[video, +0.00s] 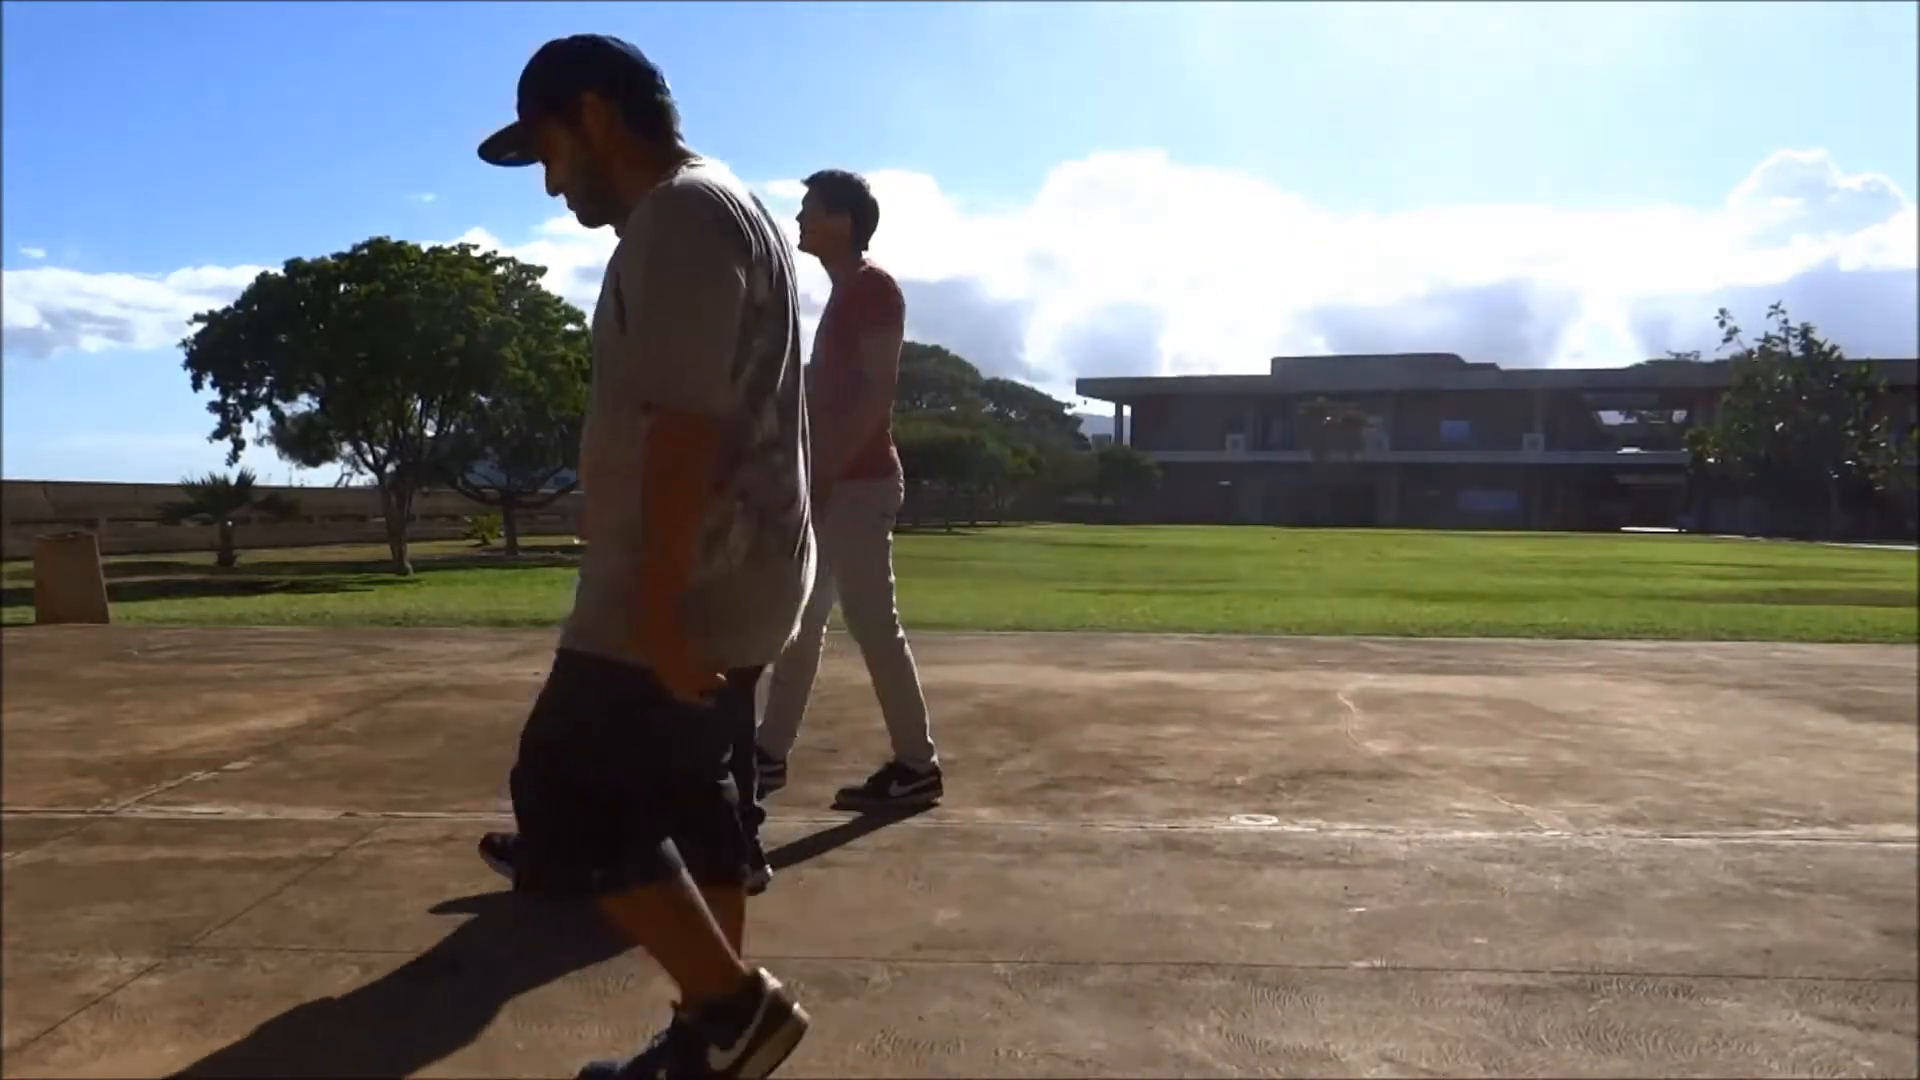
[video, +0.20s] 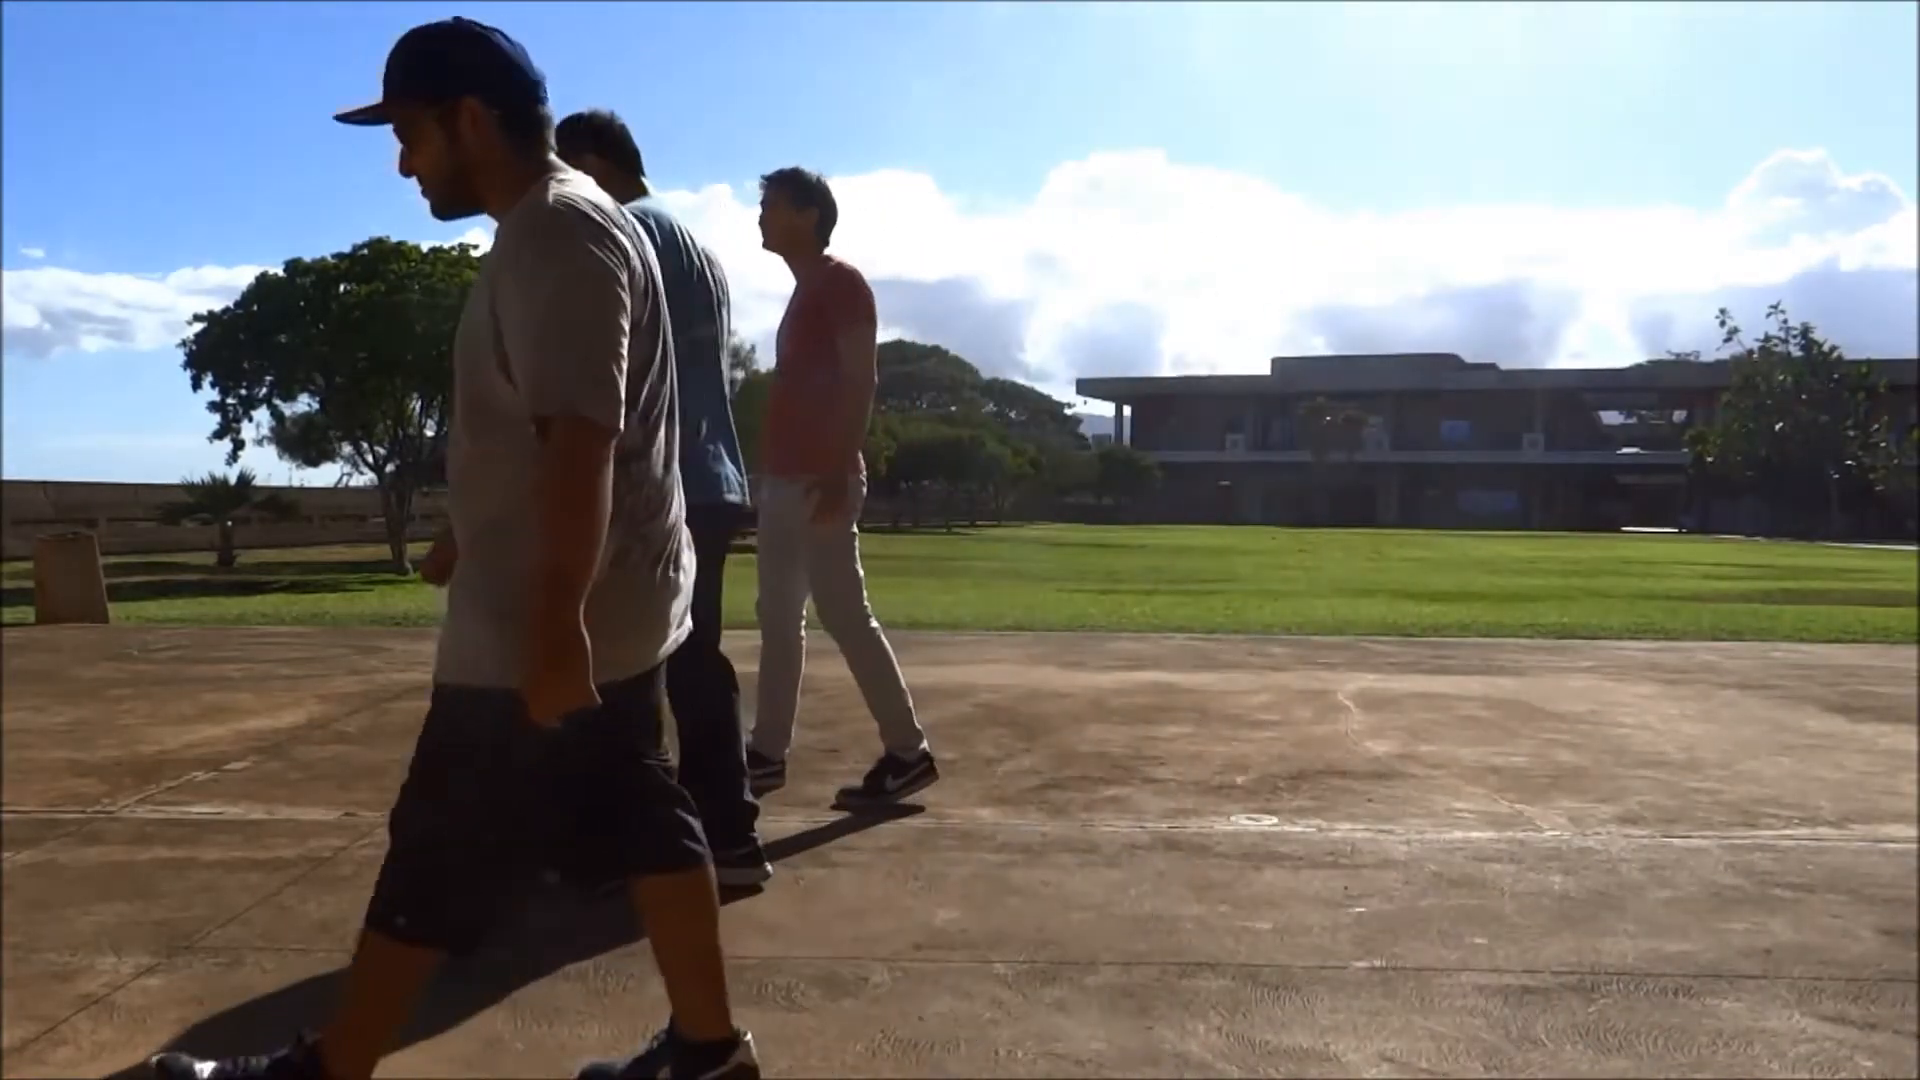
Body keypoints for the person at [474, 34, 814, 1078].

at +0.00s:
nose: (549, 182)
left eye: (546, 151)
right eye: (539, 160)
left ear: (597, 117)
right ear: (614, 120)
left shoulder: (679, 220)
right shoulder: (726, 211)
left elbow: (683, 426)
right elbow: (726, 426)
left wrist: (661, 603)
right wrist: (664, 588)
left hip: (665, 593)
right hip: (729, 584)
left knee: (564, 800)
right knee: (709, 807)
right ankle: (701, 1028)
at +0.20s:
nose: (570, 185)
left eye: (572, 169)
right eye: (566, 171)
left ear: (600, 160)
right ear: (630, 159)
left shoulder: (620, 233)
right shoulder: (693, 240)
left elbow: (617, 377)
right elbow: (724, 364)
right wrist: (712, 459)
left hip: (652, 490)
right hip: (713, 483)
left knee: (626, 659)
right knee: (698, 654)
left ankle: (619, 846)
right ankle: (728, 842)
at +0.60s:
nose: (484, 194)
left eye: (483, 176)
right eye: (479, 179)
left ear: (513, 156)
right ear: (550, 156)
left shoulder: (521, 227)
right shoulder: (621, 241)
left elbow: (491, 356)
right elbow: (629, 372)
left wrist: (445, 472)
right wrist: (606, 458)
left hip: (540, 488)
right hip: (619, 485)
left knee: (530, 661)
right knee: (603, 641)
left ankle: (531, 837)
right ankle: (683, 791)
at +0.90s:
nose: (446, 188)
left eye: (446, 171)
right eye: (440, 174)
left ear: (477, 153)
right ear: (515, 151)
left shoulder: (482, 225)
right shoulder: (582, 239)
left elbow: (439, 356)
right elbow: (591, 373)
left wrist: (396, 470)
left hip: (501, 488)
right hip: (573, 484)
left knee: (502, 659)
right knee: (534, 647)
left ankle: (528, 838)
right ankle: (562, 822)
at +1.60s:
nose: (359, 198)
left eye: (362, 179)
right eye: (352, 183)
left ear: (410, 161)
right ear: (410, 167)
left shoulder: (455, 237)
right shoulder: (439, 243)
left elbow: (445, 364)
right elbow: (443, 368)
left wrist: (393, 473)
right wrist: (395, 472)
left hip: (456, 490)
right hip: (431, 490)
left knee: (460, 650)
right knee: (417, 647)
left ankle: (521, 822)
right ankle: (419, 808)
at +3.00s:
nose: (482, 182)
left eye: (494, 168)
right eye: (464, 167)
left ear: (513, 169)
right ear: (434, 166)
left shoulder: (541, 266)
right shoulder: (376, 253)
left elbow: (563, 381)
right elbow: (335, 368)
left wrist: (554, 476)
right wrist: (311, 469)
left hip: (489, 491)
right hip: (387, 487)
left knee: (486, 663)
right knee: (359, 645)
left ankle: (477, 820)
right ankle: (360, 782)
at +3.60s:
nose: (412, 184)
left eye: (420, 170)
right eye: (396, 169)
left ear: (427, 176)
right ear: (353, 172)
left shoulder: (445, 263)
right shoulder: (296, 256)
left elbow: (483, 356)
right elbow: (229, 359)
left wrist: (523, 382)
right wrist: (263, 344)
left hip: (430, 493)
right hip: (330, 499)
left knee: (448, 655)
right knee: (328, 664)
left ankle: (477, 811)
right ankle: (330, 808)